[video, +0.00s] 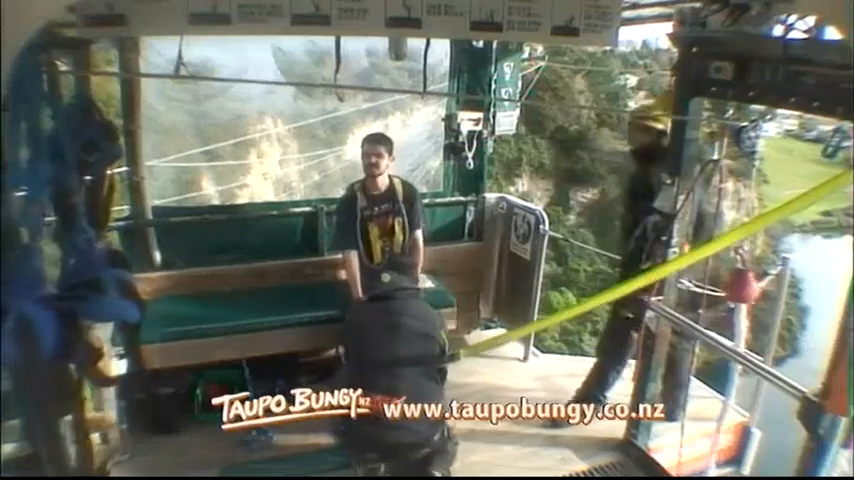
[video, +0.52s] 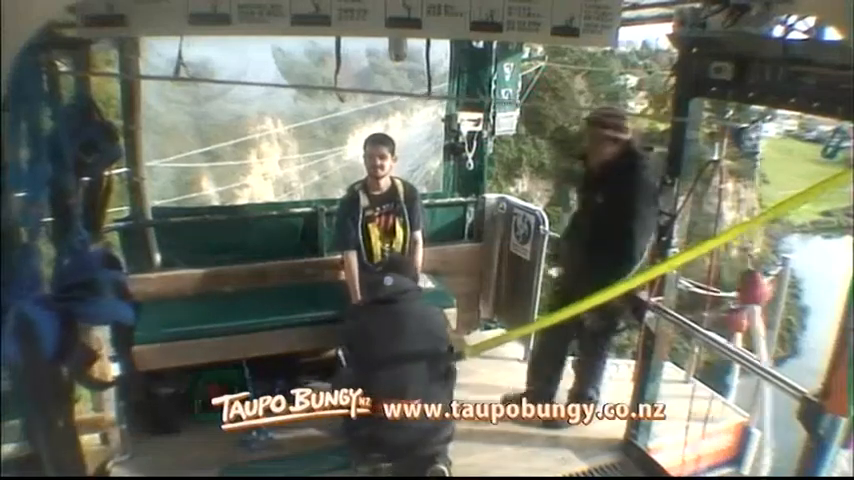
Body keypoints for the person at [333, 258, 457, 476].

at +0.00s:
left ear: (369, 281)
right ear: (413, 278)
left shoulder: (358, 315)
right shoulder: (429, 316)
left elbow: (352, 366)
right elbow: (440, 369)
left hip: (367, 437)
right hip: (418, 437)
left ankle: (368, 463)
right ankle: (436, 469)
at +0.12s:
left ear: (373, 282)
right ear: (410, 282)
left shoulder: (356, 317)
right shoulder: (429, 315)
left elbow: (350, 365)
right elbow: (441, 358)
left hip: (371, 437)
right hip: (422, 437)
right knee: (449, 437)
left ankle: (370, 464)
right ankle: (438, 469)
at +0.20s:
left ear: (370, 283)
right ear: (409, 282)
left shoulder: (355, 319)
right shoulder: (429, 317)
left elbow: (350, 363)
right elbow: (439, 355)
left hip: (373, 439)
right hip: (424, 437)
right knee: (450, 436)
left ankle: (371, 463)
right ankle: (439, 469)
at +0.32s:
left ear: (370, 280)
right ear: (410, 280)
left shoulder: (355, 319)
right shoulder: (427, 316)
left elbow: (349, 361)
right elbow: (439, 353)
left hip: (378, 442)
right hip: (426, 439)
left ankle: (371, 460)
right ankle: (441, 462)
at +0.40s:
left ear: (368, 283)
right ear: (408, 281)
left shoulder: (356, 319)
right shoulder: (427, 315)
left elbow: (349, 361)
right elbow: (441, 353)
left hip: (378, 439)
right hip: (426, 436)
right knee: (439, 383)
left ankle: (372, 459)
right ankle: (439, 458)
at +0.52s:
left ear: (370, 284)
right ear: (413, 280)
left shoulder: (357, 320)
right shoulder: (434, 317)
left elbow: (347, 379)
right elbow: (445, 371)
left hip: (379, 442)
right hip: (427, 440)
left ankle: (371, 459)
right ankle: (437, 460)